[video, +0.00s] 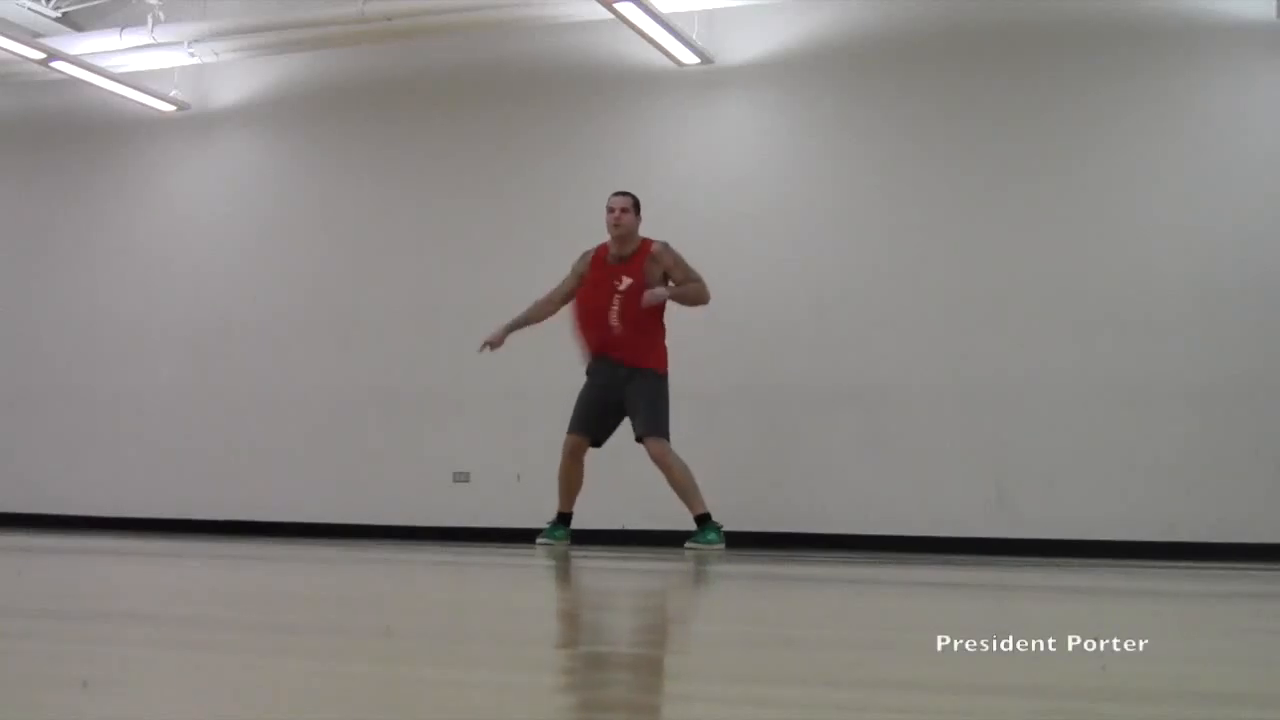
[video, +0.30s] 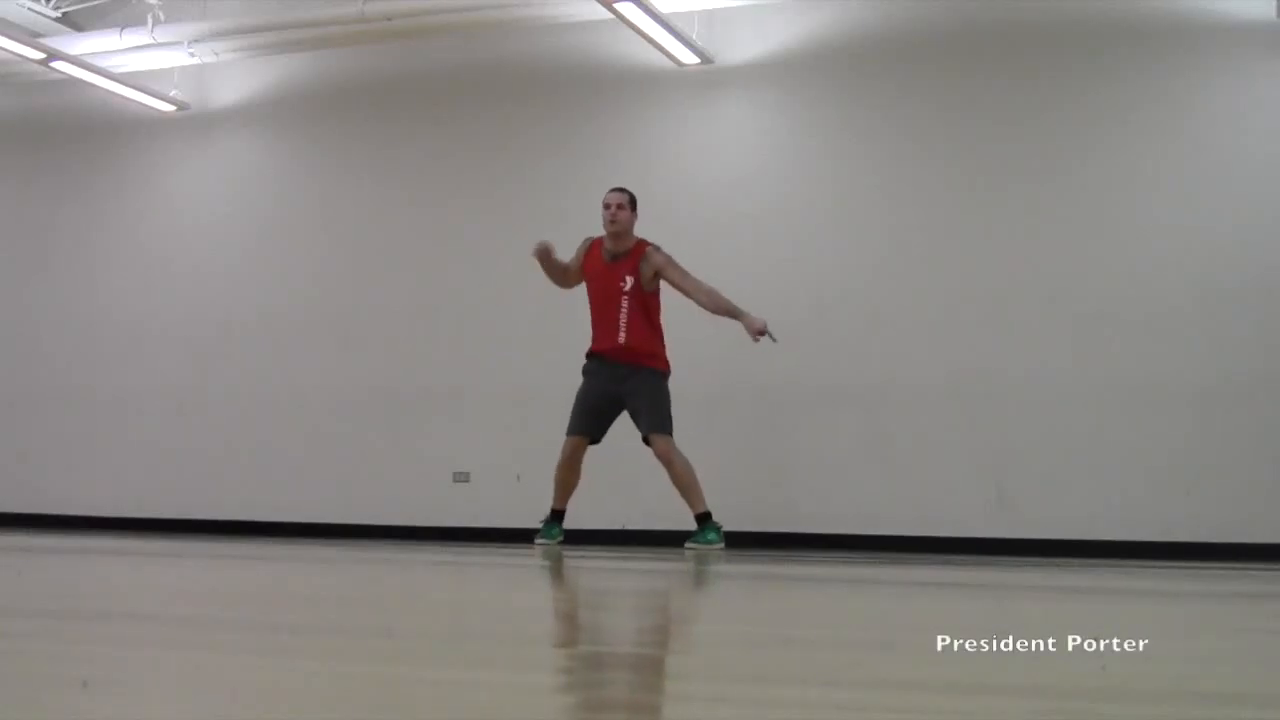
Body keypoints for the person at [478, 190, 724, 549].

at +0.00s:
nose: (616, 216)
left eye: (624, 211)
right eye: (611, 211)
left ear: (638, 219)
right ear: (604, 219)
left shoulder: (658, 254)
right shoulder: (589, 262)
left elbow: (700, 293)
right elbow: (552, 301)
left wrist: (667, 293)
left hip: (646, 371)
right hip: (605, 369)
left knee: (657, 448)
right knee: (573, 445)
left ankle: (707, 526)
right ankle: (561, 524)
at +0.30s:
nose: (612, 212)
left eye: (620, 207)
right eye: (607, 207)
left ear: (634, 216)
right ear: (601, 215)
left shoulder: (651, 257)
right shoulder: (590, 249)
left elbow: (699, 291)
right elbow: (566, 278)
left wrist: (743, 316)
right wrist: (547, 260)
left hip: (645, 369)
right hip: (602, 367)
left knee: (662, 447)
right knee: (573, 445)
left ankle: (707, 525)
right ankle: (554, 521)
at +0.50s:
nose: (610, 214)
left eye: (619, 209)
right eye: (606, 208)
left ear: (635, 217)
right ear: (601, 214)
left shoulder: (649, 262)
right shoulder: (589, 246)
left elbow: (696, 301)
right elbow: (549, 250)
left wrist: (743, 330)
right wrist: (526, 205)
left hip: (643, 373)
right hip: (600, 373)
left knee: (661, 448)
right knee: (575, 450)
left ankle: (710, 524)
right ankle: (548, 520)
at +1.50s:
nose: (652, 206)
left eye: (660, 200)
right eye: (647, 200)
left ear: (675, 206)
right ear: (642, 207)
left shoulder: (694, 246)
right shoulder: (630, 236)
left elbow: (747, 269)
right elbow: (582, 225)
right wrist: (582, 199)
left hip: (678, 356)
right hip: (635, 350)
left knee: (675, 436)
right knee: (632, 403)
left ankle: (676, 521)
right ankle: (621, 485)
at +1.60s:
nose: (660, 203)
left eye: (667, 197)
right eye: (655, 197)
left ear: (682, 203)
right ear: (649, 204)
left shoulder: (699, 240)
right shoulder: (635, 233)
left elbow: (739, 256)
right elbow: (583, 247)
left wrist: (704, 222)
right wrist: (618, 215)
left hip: (682, 347)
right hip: (640, 338)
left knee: (677, 438)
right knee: (667, 375)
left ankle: (647, 517)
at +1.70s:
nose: (660, 206)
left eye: (667, 199)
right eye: (654, 200)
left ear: (681, 204)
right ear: (648, 205)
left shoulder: (696, 238)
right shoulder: (639, 238)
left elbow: (732, 252)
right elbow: (598, 269)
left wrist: (703, 212)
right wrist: (615, 223)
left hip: (678, 348)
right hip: (646, 345)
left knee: (683, 441)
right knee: (705, 404)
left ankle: (632, 523)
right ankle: (709, 507)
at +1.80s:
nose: (659, 210)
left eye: (662, 202)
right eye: (651, 205)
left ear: (672, 210)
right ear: (640, 216)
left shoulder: (687, 242)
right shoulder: (635, 250)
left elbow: (734, 236)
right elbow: (637, 268)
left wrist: (695, 208)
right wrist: (644, 213)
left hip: (684, 361)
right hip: (666, 362)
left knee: (697, 451)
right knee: (728, 433)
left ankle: (633, 524)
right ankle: (702, 521)